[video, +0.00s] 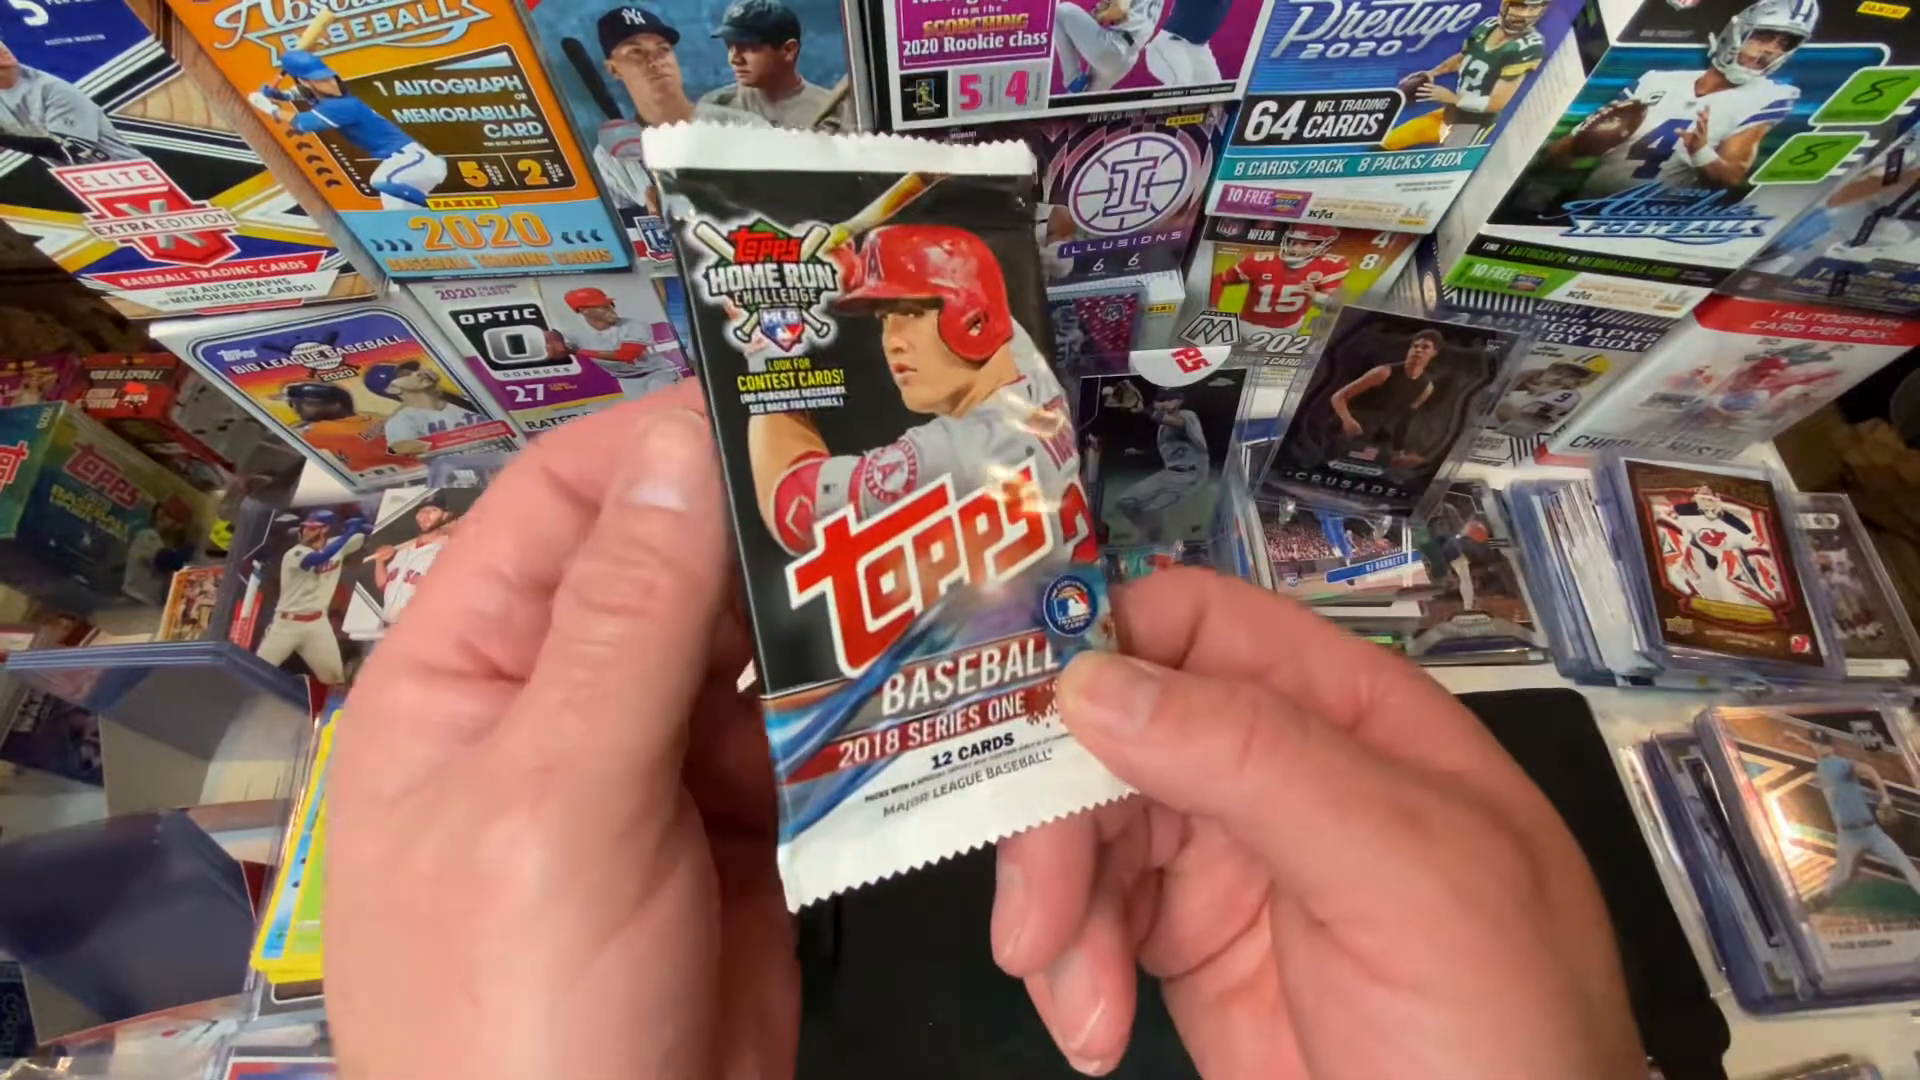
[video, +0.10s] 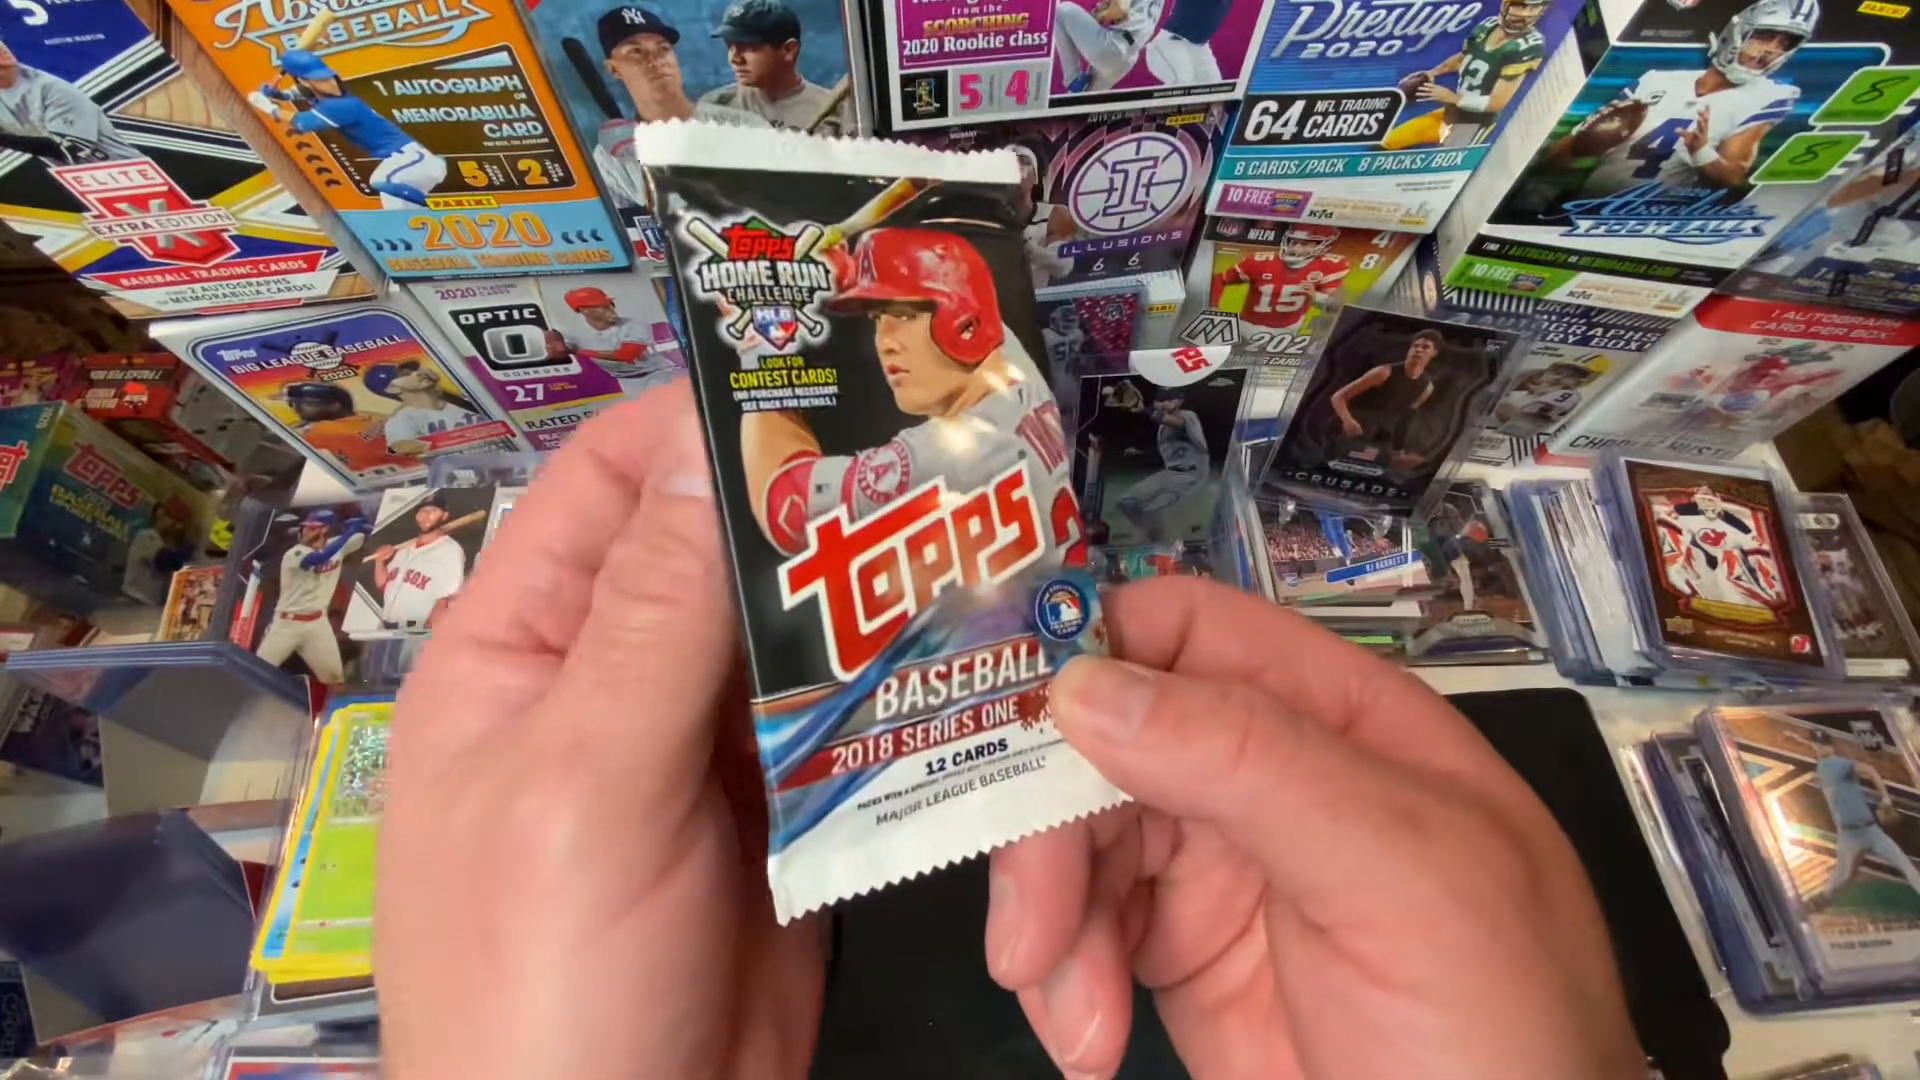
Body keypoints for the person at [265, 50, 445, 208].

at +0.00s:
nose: (331, 80)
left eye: (329, 76)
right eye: (324, 78)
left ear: (309, 83)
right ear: (307, 84)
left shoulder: (343, 106)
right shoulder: (331, 103)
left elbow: (299, 122)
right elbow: (299, 93)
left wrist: (270, 109)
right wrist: (276, 94)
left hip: (415, 159)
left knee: (381, 178)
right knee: (399, 222)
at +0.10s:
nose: (331, 80)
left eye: (328, 76)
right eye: (322, 78)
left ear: (309, 82)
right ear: (307, 83)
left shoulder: (343, 106)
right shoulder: (332, 103)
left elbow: (299, 122)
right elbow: (301, 92)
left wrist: (270, 108)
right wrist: (276, 94)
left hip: (415, 158)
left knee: (380, 179)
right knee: (398, 221)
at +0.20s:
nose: (300, 87)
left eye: (301, 82)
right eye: (300, 83)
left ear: (309, 83)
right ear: (325, 79)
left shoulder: (342, 107)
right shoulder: (334, 102)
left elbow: (299, 123)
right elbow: (303, 93)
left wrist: (270, 110)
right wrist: (278, 96)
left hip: (413, 159)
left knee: (380, 180)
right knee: (398, 222)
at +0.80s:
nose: (298, 86)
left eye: (299, 82)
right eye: (298, 83)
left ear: (308, 83)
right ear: (324, 78)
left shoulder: (342, 106)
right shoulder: (335, 100)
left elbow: (298, 122)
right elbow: (303, 92)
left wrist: (267, 107)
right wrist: (277, 94)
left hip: (413, 158)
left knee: (380, 179)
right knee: (397, 223)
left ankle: (431, 213)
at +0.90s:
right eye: (322, 78)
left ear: (309, 83)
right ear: (308, 84)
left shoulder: (344, 106)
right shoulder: (333, 102)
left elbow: (300, 122)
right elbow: (303, 92)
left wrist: (270, 110)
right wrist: (277, 95)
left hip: (415, 158)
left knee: (381, 179)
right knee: (399, 222)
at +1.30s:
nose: (330, 80)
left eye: (328, 77)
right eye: (323, 78)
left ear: (309, 83)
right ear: (306, 83)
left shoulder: (343, 106)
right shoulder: (331, 102)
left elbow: (300, 122)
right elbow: (300, 92)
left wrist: (271, 109)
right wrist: (276, 94)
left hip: (414, 158)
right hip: (405, 165)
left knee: (381, 179)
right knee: (398, 222)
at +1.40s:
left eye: (301, 82)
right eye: (321, 79)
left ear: (308, 83)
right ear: (310, 82)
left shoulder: (343, 106)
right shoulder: (333, 102)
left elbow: (299, 123)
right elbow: (302, 93)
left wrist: (271, 109)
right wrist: (278, 95)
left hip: (415, 158)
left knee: (381, 179)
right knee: (398, 221)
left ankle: (434, 216)